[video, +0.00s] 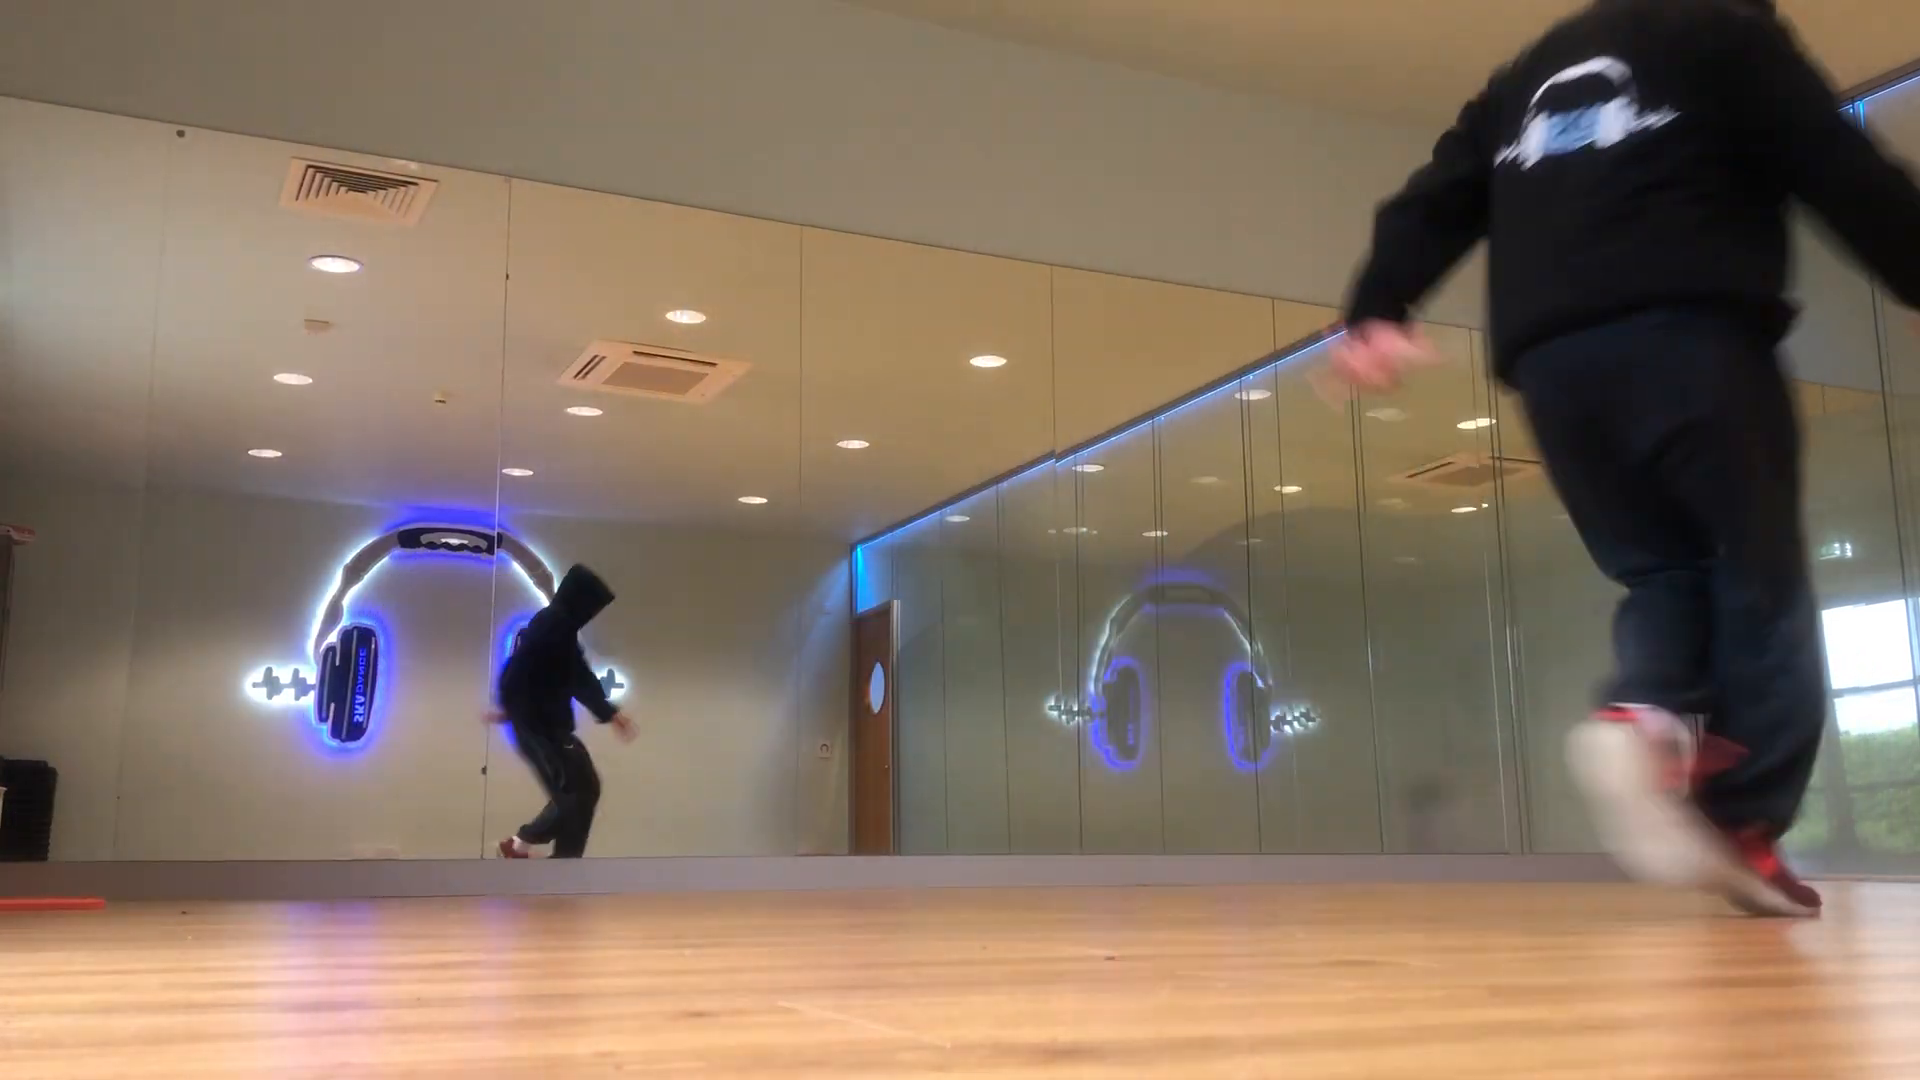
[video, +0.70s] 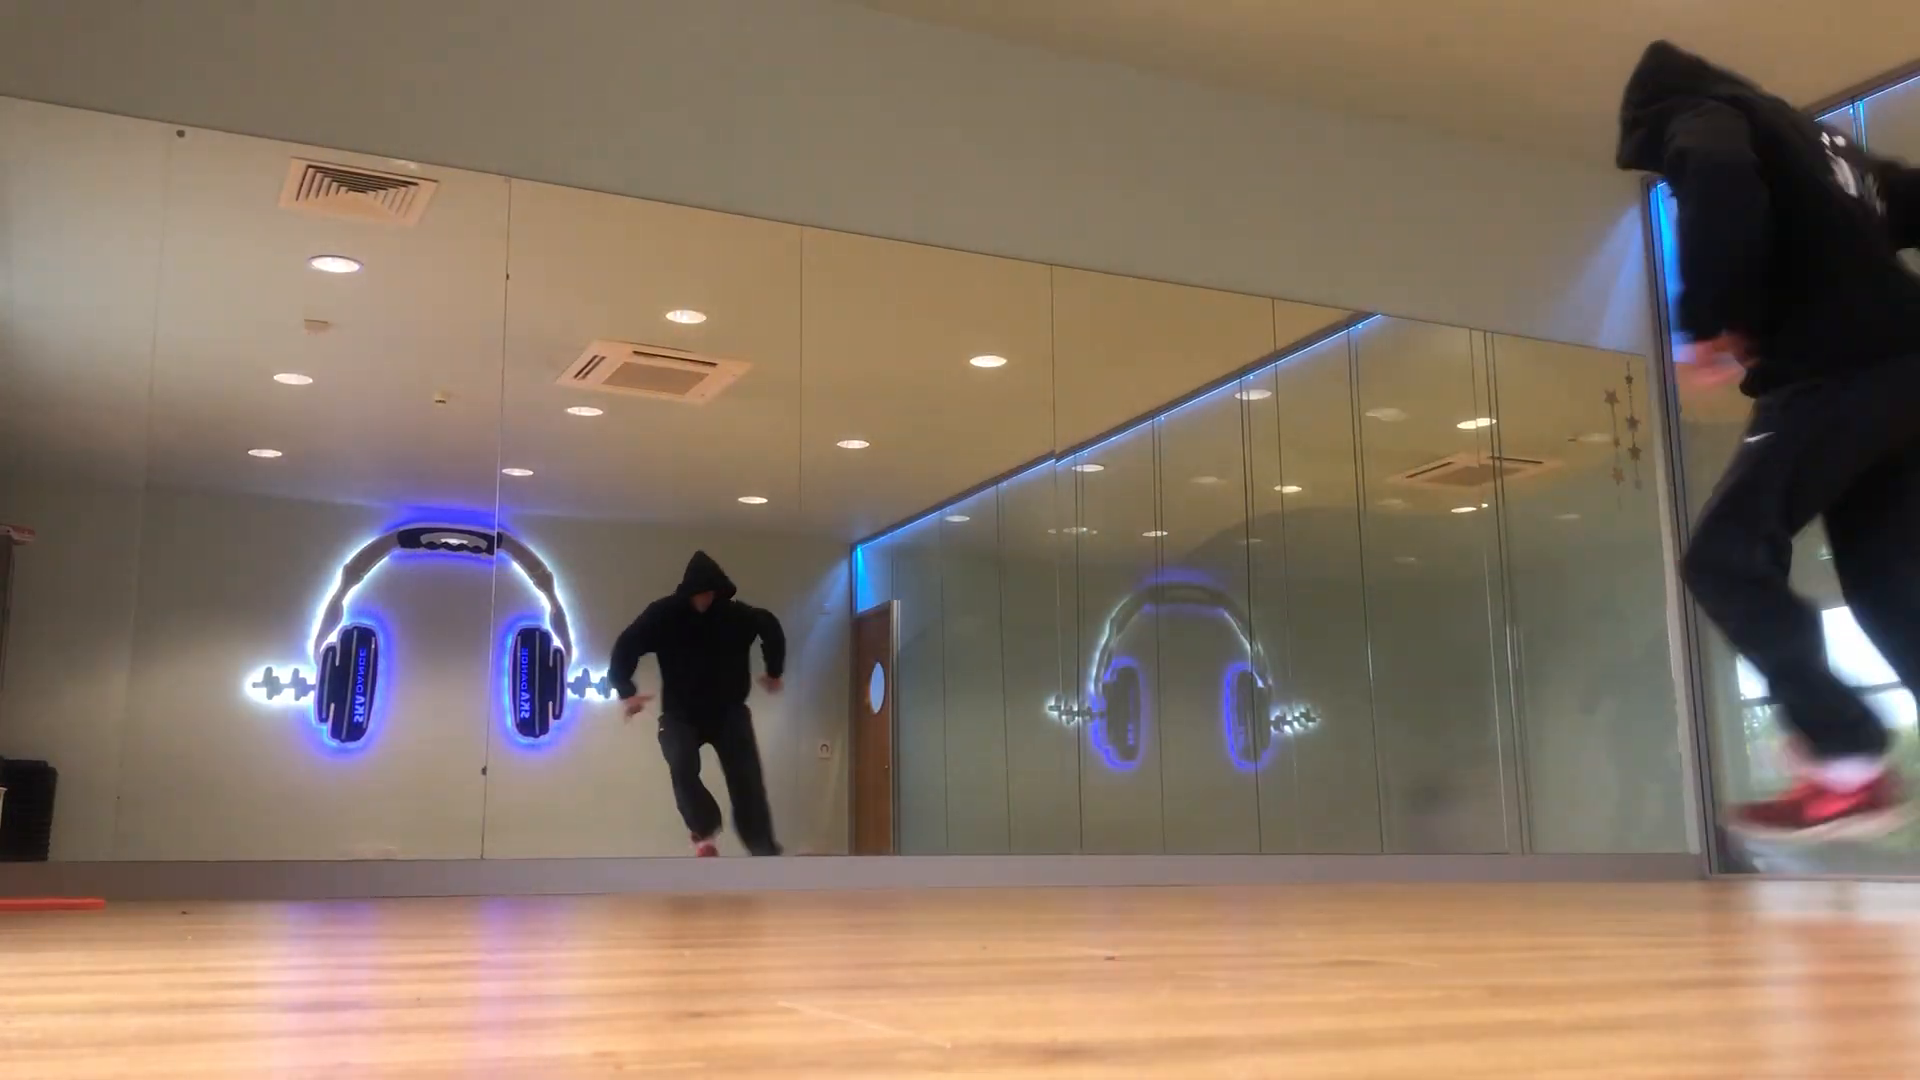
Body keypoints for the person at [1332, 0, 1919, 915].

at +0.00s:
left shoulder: (1527, 71)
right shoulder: (1732, 31)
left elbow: (1444, 186)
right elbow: (1849, 175)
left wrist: (1377, 300)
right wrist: (1916, 274)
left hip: (1555, 369)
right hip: (1695, 343)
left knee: (1656, 568)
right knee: (1761, 578)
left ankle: (1644, 714)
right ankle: (1744, 822)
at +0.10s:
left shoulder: (1567, 31)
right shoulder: (1791, 7)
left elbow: (1489, 211)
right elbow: (1902, 74)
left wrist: (1564, 301)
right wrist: (1917, 233)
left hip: (1647, 334)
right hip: (1806, 314)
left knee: (1694, 571)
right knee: (1819, 546)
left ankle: (1841, 738)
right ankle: (1877, 794)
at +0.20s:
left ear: (1659, 2)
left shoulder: (1631, 74)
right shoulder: (1852, 58)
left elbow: (1578, 242)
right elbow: (1909, 178)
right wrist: (1911, 232)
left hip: (1722, 363)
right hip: (1862, 344)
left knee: (1823, 584)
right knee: (1888, 558)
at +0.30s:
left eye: (1669, 73)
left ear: (1676, 67)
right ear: (1775, 51)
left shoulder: (1663, 144)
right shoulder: (1876, 114)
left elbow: (1631, 319)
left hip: (1796, 393)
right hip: (1911, 357)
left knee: (1901, 614)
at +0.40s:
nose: (1682, 152)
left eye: (1687, 134)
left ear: (1701, 125)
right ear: (1790, 100)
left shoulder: (1702, 206)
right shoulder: (1887, 151)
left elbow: (1661, 377)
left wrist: (1677, 516)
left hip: (1857, 442)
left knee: (1891, 635)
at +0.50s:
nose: (1691, 176)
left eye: (1694, 161)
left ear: (1710, 141)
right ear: (1777, 113)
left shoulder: (1717, 198)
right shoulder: (1880, 149)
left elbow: (1705, 274)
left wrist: (1804, 301)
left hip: (1850, 425)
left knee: (1859, 608)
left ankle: (1900, 653)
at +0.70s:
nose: (1650, 153)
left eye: (1648, 139)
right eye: (1646, 145)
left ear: (1658, 114)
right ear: (1709, 89)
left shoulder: (1691, 116)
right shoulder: (1801, 131)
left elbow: (1719, 178)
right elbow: (1910, 195)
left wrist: (1703, 322)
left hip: (1835, 375)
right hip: (1896, 364)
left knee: (1724, 555)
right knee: (1886, 580)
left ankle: (1847, 760)